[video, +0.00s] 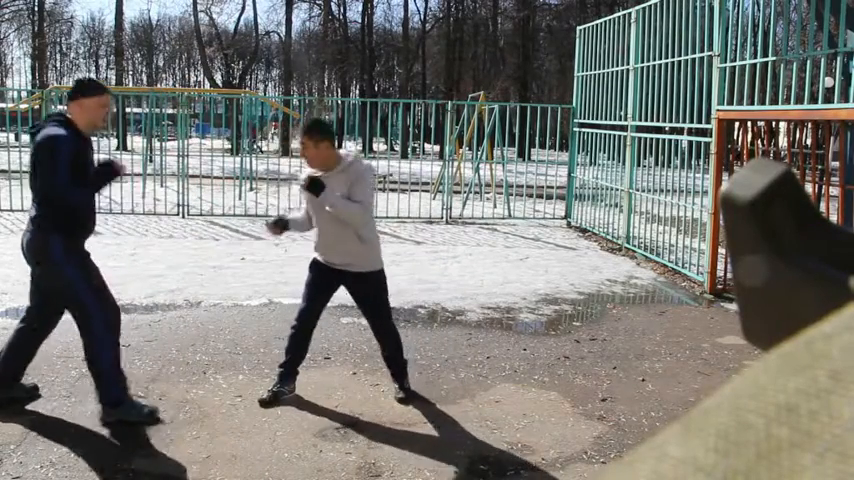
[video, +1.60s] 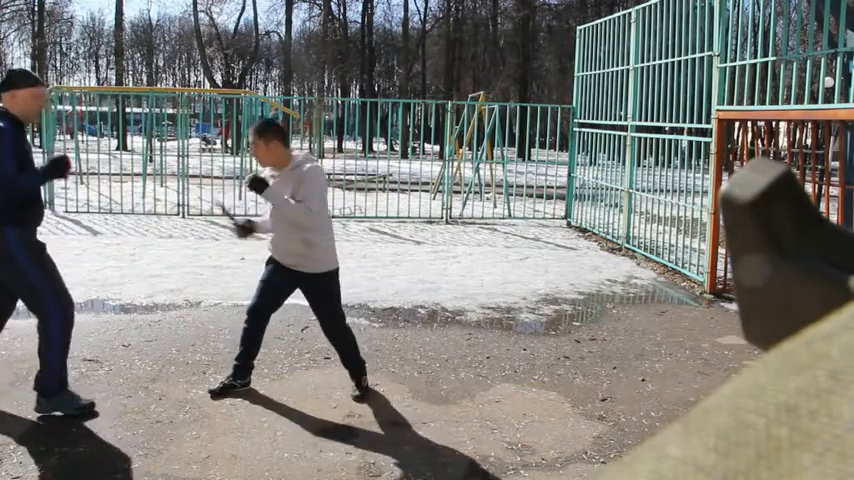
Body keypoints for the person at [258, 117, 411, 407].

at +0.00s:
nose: (304, 154)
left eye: (308, 147)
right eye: (302, 147)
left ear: (328, 146)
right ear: (309, 148)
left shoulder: (360, 171)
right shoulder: (313, 179)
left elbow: (361, 217)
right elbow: (310, 219)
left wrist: (324, 195)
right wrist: (286, 223)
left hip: (364, 266)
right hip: (326, 263)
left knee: (383, 327)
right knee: (304, 320)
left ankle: (401, 381)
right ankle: (285, 381)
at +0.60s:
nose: (306, 159)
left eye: (310, 154)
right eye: (306, 154)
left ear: (329, 153)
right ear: (322, 154)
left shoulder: (362, 178)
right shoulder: (311, 183)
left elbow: (356, 220)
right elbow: (305, 220)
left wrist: (322, 189)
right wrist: (292, 248)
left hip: (354, 274)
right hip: (317, 269)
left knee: (377, 333)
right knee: (280, 316)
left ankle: (402, 383)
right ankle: (255, 374)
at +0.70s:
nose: (283, 158)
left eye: (287, 152)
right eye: (282, 152)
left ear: (303, 150)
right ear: (286, 154)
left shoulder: (335, 174)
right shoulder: (282, 185)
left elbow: (336, 212)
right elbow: (255, 216)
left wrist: (305, 179)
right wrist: (230, 249)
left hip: (339, 272)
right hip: (301, 269)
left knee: (367, 328)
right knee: (265, 318)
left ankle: (401, 383)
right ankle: (241, 376)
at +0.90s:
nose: (229, 171)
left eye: (233, 165)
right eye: (227, 165)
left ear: (252, 163)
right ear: (231, 166)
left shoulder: (286, 178)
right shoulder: (228, 198)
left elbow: (304, 212)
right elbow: (195, 223)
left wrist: (267, 186)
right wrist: (165, 234)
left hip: (311, 265)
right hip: (272, 266)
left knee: (344, 319)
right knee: (247, 319)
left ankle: (384, 372)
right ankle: (239, 378)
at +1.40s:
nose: (225, 159)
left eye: (228, 153)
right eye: (225, 153)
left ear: (245, 149)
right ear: (241, 151)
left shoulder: (288, 170)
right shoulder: (234, 183)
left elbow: (297, 212)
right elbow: (210, 211)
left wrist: (256, 196)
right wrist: (173, 218)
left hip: (309, 260)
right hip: (272, 260)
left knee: (333, 320)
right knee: (250, 316)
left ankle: (358, 373)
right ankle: (239, 376)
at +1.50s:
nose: (240, 155)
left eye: (242, 149)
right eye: (239, 150)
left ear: (260, 145)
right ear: (256, 146)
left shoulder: (300, 170)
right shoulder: (258, 178)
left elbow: (306, 215)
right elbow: (249, 218)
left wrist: (264, 198)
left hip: (314, 264)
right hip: (278, 262)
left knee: (334, 323)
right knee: (255, 314)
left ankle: (358, 375)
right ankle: (240, 376)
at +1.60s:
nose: (253, 152)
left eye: (256, 146)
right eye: (253, 147)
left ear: (274, 144)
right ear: (272, 145)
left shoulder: (311, 171)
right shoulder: (277, 176)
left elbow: (309, 217)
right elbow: (281, 219)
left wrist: (270, 194)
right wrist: (253, 225)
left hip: (318, 267)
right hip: (283, 263)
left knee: (335, 327)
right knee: (256, 314)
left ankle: (359, 376)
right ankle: (240, 376)